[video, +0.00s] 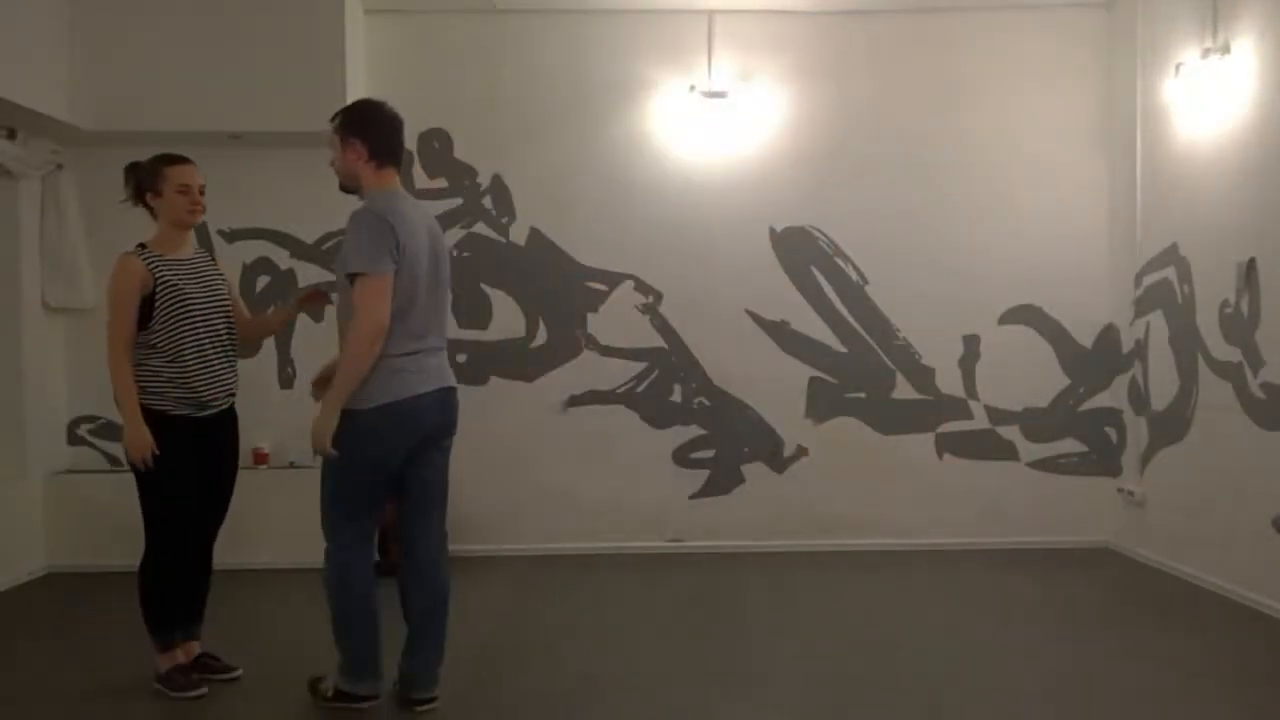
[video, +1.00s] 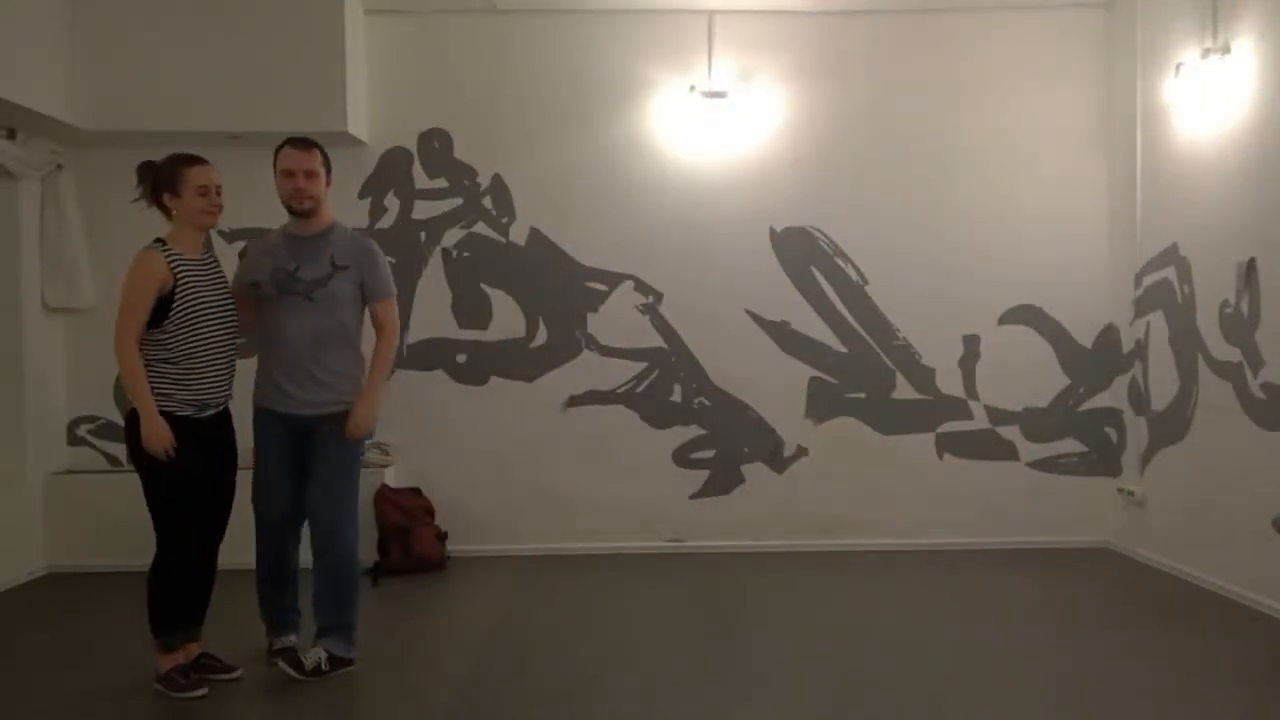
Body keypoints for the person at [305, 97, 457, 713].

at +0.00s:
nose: (332, 162)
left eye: (335, 151)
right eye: (333, 150)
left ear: (358, 151)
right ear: (388, 151)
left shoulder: (372, 220)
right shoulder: (422, 216)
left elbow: (371, 325)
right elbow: (404, 318)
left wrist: (333, 404)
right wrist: (341, 365)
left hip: (380, 405)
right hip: (434, 398)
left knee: (348, 540)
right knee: (423, 542)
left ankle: (359, 677)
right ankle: (421, 679)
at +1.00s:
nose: (299, 184)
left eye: (309, 174)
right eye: (288, 175)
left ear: (327, 181)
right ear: (276, 183)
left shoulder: (359, 249)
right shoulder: (259, 252)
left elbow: (389, 329)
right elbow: (239, 328)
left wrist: (370, 401)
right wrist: (173, 344)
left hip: (338, 414)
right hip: (275, 413)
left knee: (335, 530)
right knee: (274, 525)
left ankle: (337, 643)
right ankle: (282, 632)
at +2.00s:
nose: (369, 192)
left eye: (378, 185)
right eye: (359, 184)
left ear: (389, 195)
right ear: (343, 192)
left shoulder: (394, 265)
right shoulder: (312, 252)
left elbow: (393, 334)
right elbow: (254, 307)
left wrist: (416, 385)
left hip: (381, 403)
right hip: (324, 404)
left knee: (401, 506)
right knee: (320, 515)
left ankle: (416, 615)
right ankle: (297, 625)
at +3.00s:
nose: (407, 190)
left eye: (415, 183)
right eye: (398, 182)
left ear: (427, 194)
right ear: (382, 192)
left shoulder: (432, 263)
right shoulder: (359, 249)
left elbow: (445, 333)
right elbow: (309, 300)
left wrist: (484, 337)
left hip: (425, 401)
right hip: (372, 401)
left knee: (434, 510)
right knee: (400, 512)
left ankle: (422, 617)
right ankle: (400, 632)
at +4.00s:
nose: (302, 189)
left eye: (313, 181)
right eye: (294, 182)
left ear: (333, 191)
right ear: (284, 193)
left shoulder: (363, 258)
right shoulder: (263, 254)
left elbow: (378, 329)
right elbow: (215, 307)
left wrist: (318, 313)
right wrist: (247, 312)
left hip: (340, 409)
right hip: (277, 407)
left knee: (334, 515)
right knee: (277, 516)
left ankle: (326, 606)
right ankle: (273, 626)